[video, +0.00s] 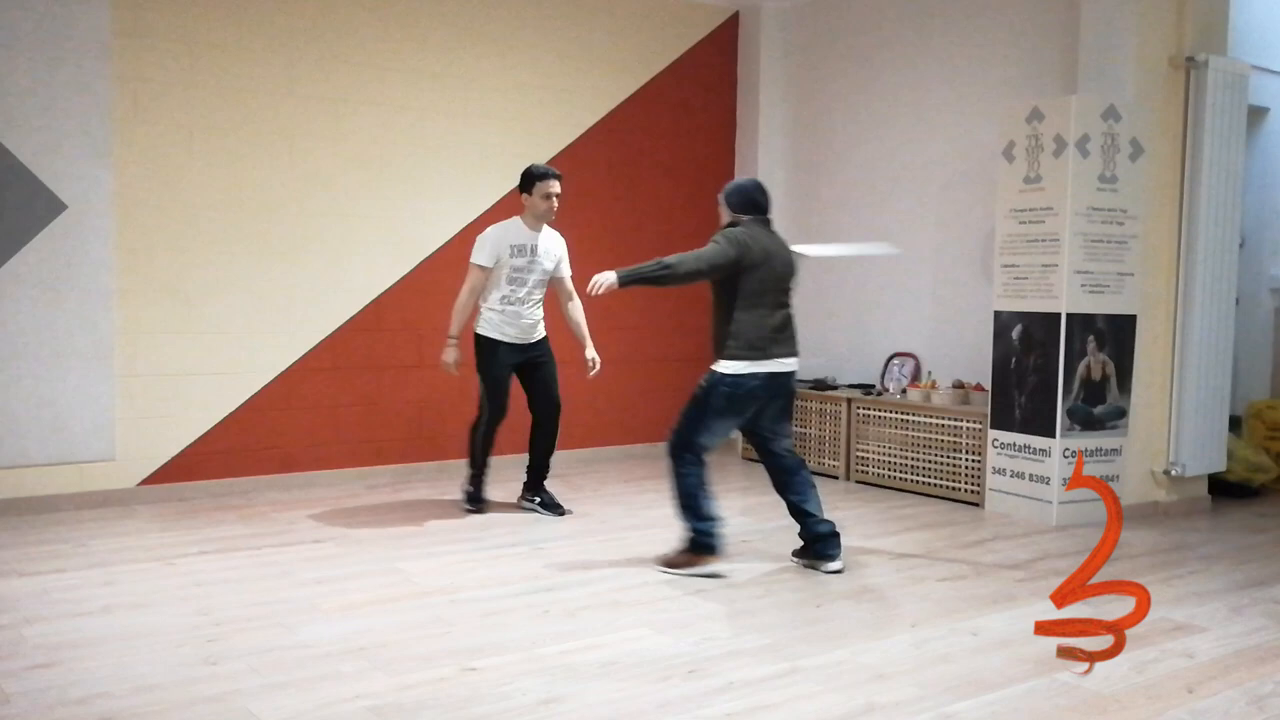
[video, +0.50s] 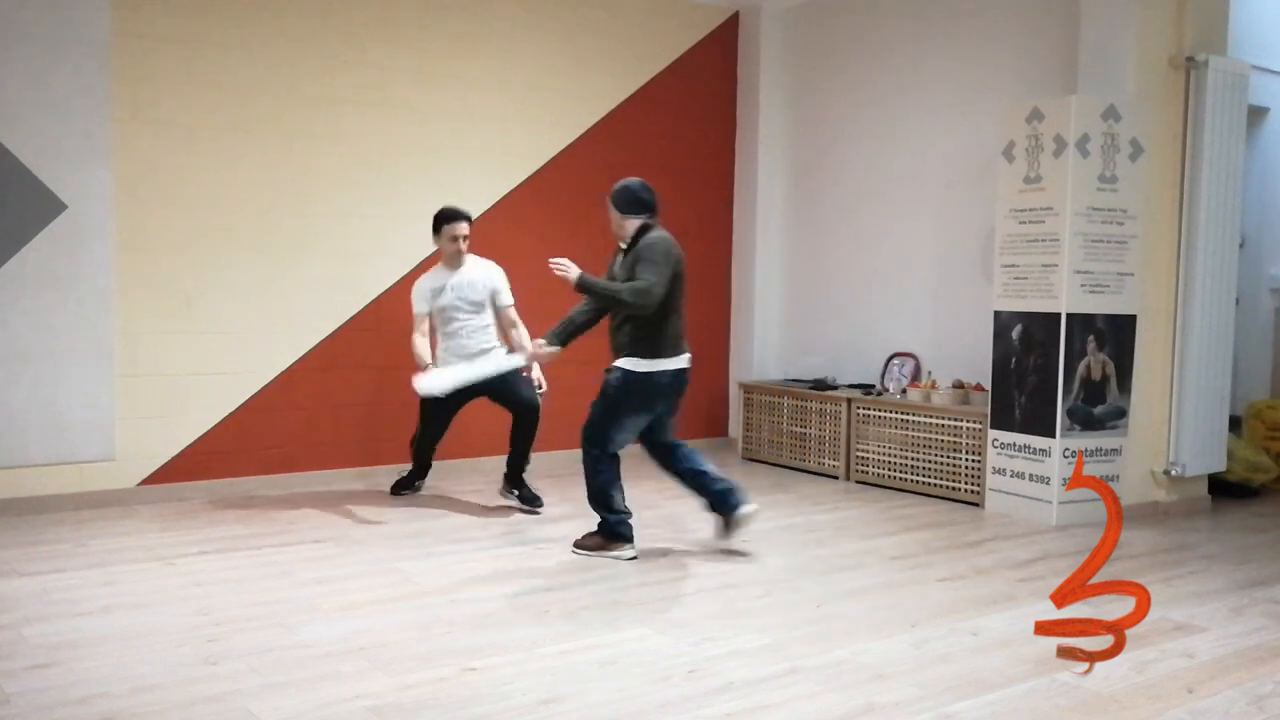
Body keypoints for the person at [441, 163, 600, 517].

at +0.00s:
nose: (555, 203)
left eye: (558, 196)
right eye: (548, 196)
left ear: (558, 198)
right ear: (525, 197)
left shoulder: (555, 242)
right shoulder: (495, 236)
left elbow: (570, 298)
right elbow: (470, 290)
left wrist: (588, 344)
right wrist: (451, 341)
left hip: (534, 339)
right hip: (494, 338)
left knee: (549, 408)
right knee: (493, 411)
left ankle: (534, 488)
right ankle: (475, 486)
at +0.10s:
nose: (555, 203)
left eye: (558, 196)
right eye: (548, 196)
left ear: (558, 198)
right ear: (525, 197)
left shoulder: (555, 242)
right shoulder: (495, 236)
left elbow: (570, 298)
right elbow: (470, 290)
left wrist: (588, 344)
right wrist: (451, 341)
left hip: (534, 339)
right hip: (494, 338)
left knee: (549, 408)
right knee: (493, 411)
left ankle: (534, 488)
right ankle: (475, 486)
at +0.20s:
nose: (542, 207)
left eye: (545, 200)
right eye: (534, 200)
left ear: (546, 202)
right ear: (512, 201)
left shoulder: (547, 247)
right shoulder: (483, 242)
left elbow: (562, 302)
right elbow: (460, 293)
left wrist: (581, 348)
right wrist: (440, 345)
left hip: (527, 346)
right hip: (483, 345)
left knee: (547, 408)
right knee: (465, 412)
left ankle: (534, 488)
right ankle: (440, 472)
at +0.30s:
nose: (513, 207)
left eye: (517, 200)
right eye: (505, 201)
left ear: (520, 202)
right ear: (486, 202)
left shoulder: (530, 245)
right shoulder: (464, 244)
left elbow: (546, 299)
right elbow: (442, 300)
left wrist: (563, 347)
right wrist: (433, 349)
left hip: (517, 345)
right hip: (471, 347)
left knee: (542, 406)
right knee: (443, 409)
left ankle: (533, 485)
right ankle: (415, 468)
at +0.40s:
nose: (480, 223)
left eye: (484, 216)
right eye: (472, 217)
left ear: (489, 216)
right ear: (455, 218)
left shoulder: (507, 254)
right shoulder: (440, 263)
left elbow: (526, 310)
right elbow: (427, 318)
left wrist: (543, 356)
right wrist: (429, 360)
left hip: (503, 354)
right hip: (457, 359)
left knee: (537, 400)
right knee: (432, 422)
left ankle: (519, 475)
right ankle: (414, 471)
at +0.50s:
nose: (462, 246)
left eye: (466, 239)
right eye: (454, 240)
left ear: (471, 238)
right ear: (437, 241)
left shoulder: (491, 273)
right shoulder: (425, 286)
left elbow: (513, 325)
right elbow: (420, 334)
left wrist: (532, 363)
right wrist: (427, 367)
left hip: (495, 365)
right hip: (451, 371)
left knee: (528, 405)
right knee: (427, 434)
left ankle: (514, 478)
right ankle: (418, 472)